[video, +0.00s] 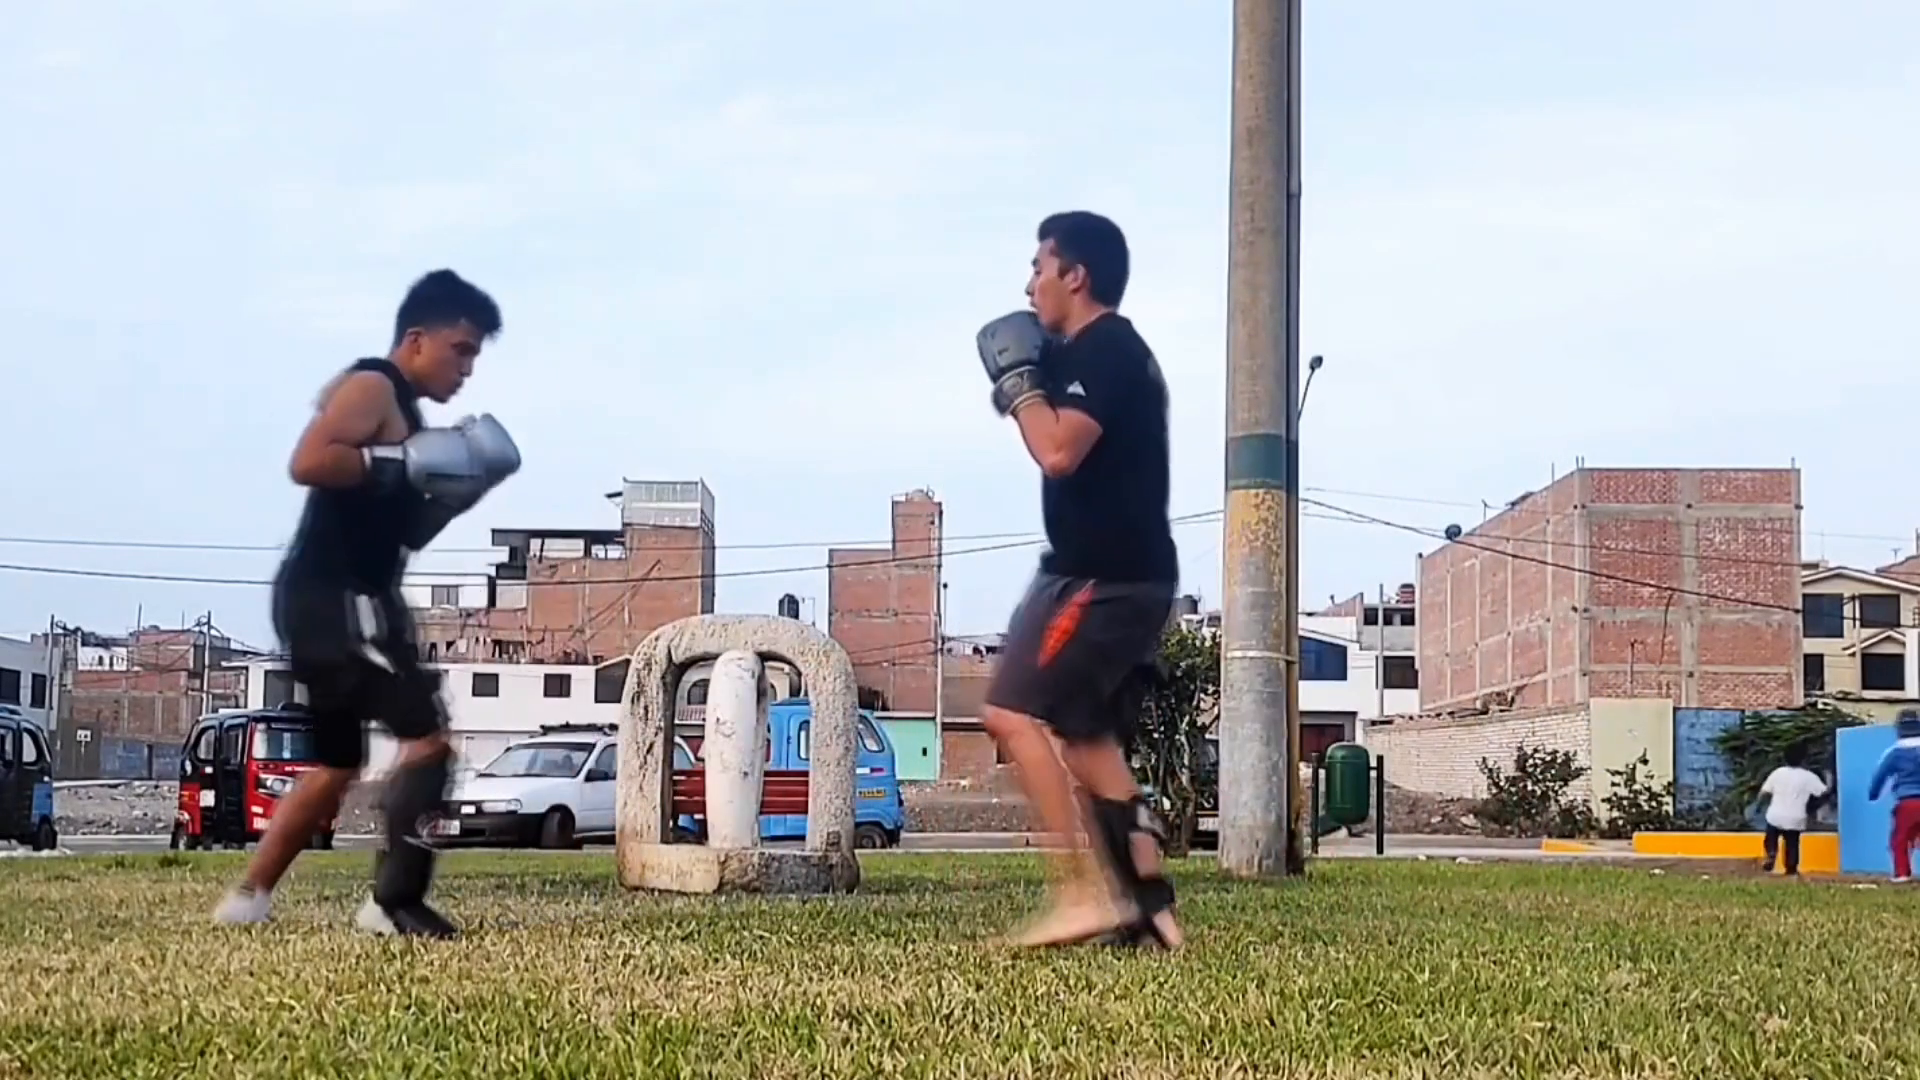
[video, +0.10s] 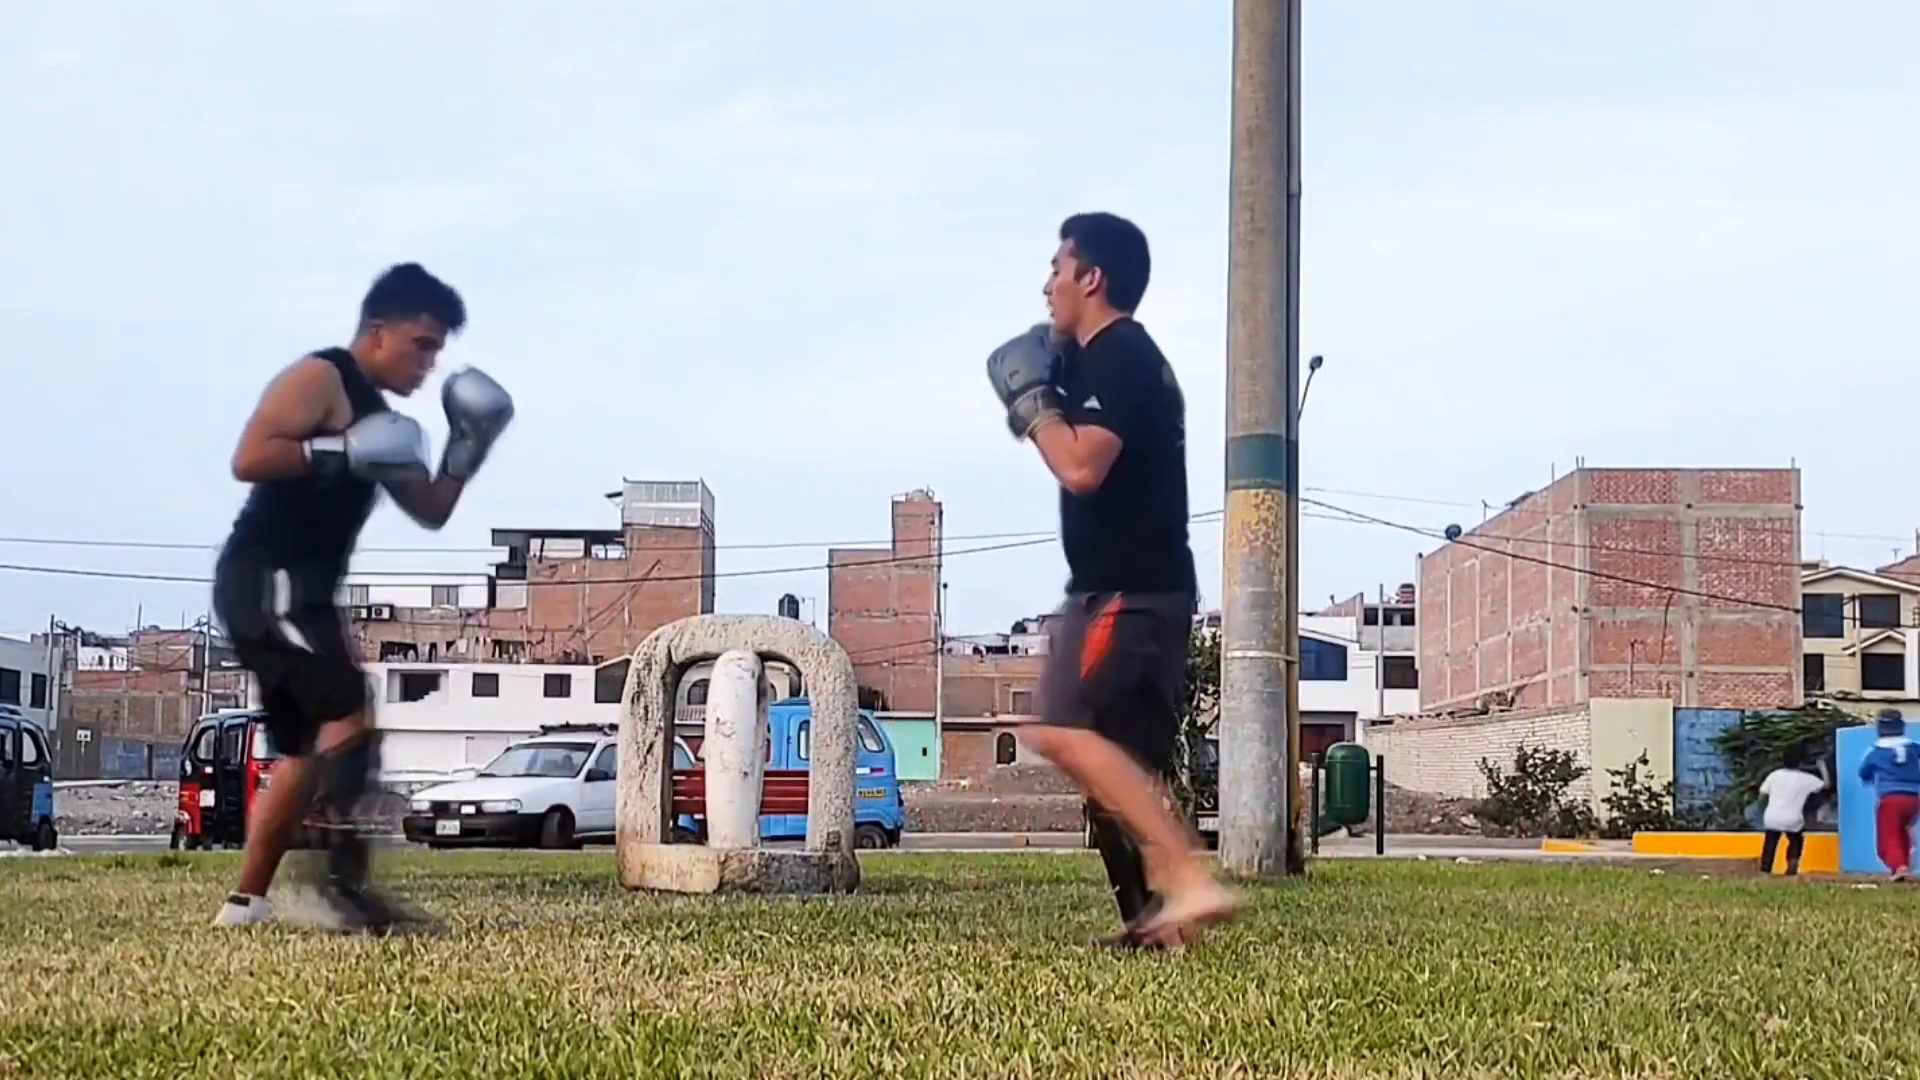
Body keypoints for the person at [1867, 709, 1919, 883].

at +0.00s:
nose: (1900, 731)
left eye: (1900, 727)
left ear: (1900, 728)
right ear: (1917, 727)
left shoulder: (1898, 750)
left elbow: (1881, 773)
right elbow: (1882, 773)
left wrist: (1873, 793)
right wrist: (1874, 791)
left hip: (1909, 800)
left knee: (1900, 840)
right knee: (1905, 839)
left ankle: (1902, 873)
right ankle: (1903, 872)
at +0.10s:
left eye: (1881, 726)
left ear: (1880, 728)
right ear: (1901, 727)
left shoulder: (1877, 750)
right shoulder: (1913, 747)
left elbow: (1864, 772)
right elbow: (1916, 767)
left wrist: (1874, 776)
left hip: (1891, 796)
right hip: (1913, 795)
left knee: (1888, 836)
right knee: (1903, 829)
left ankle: (1898, 865)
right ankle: (1903, 862)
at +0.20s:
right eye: (1885, 724)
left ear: (1866, 727)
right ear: (1886, 726)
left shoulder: (1859, 747)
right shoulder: (1893, 744)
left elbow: (1847, 767)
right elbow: (1911, 753)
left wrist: (1862, 773)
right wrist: (1917, 765)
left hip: (1869, 791)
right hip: (1892, 791)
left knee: (1878, 825)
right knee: (1882, 829)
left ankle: (1892, 847)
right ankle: (1876, 866)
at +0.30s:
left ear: (1853, 736)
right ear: (1872, 736)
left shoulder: (1843, 756)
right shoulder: (1878, 753)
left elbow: (1833, 777)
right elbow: (1893, 766)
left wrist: (1834, 794)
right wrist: (1904, 780)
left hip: (1852, 800)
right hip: (1874, 799)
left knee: (1854, 833)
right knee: (1872, 835)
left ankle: (1868, 839)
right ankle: (1869, 873)